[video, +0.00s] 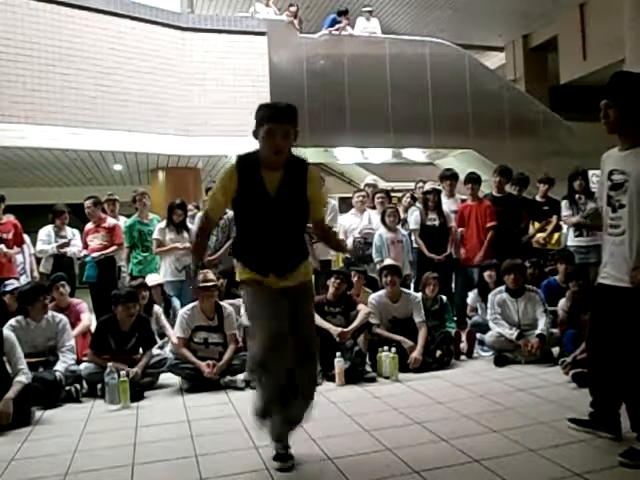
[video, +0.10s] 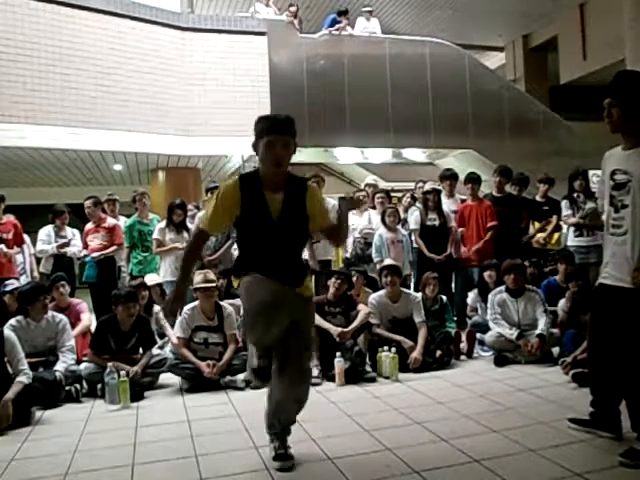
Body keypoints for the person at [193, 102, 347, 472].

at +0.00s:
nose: (279, 140)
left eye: (286, 134)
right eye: (272, 133)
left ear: (295, 137)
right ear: (257, 134)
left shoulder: (307, 175)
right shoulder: (238, 173)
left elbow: (318, 223)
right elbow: (208, 218)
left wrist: (335, 243)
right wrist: (197, 264)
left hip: (297, 275)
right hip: (256, 276)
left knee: (304, 357)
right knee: (267, 346)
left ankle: (282, 434)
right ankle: (267, 400)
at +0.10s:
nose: (280, 153)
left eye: (286, 146)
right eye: (271, 146)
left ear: (294, 149)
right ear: (256, 148)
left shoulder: (307, 192)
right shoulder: (235, 190)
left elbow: (336, 238)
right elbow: (200, 238)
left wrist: (344, 212)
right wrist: (180, 289)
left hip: (296, 285)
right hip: (257, 280)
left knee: (296, 367)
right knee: (261, 300)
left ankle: (280, 433)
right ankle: (261, 357)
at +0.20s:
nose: (280, 154)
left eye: (286, 147)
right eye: (272, 146)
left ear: (294, 149)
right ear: (257, 148)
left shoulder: (305, 188)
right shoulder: (238, 189)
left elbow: (342, 214)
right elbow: (204, 236)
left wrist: (348, 191)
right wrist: (186, 285)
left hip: (297, 282)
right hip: (256, 279)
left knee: (307, 370)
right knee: (259, 294)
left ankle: (282, 440)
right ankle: (277, 390)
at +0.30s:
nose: (278, 155)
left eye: (284, 148)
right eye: (270, 148)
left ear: (292, 149)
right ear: (256, 149)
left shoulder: (302, 180)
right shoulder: (237, 186)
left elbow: (337, 205)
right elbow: (218, 234)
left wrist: (344, 199)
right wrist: (207, 280)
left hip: (300, 292)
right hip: (259, 292)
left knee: (308, 372)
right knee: (268, 371)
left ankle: (283, 441)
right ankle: (276, 456)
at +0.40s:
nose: (275, 158)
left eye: (281, 152)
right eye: (267, 151)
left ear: (288, 153)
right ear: (253, 152)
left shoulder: (301, 189)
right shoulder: (232, 195)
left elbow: (347, 205)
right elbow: (213, 240)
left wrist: (339, 192)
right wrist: (218, 266)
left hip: (301, 298)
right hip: (259, 299)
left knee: (304, 379)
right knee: (270, 382)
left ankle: (285, 445)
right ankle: (271, 464)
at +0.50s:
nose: (267, 143)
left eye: (274, 136)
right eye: (260, 135)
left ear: (283, 141)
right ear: (246, 142)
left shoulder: (300, 184)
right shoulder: (228, 190)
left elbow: (331, 219)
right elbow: (211, 243)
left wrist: (325, 250)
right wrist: (234, 232)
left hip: (300, 300)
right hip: (253, 304)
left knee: (315, 385)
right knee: (263, 393)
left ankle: (294, 438)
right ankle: (273, 467)